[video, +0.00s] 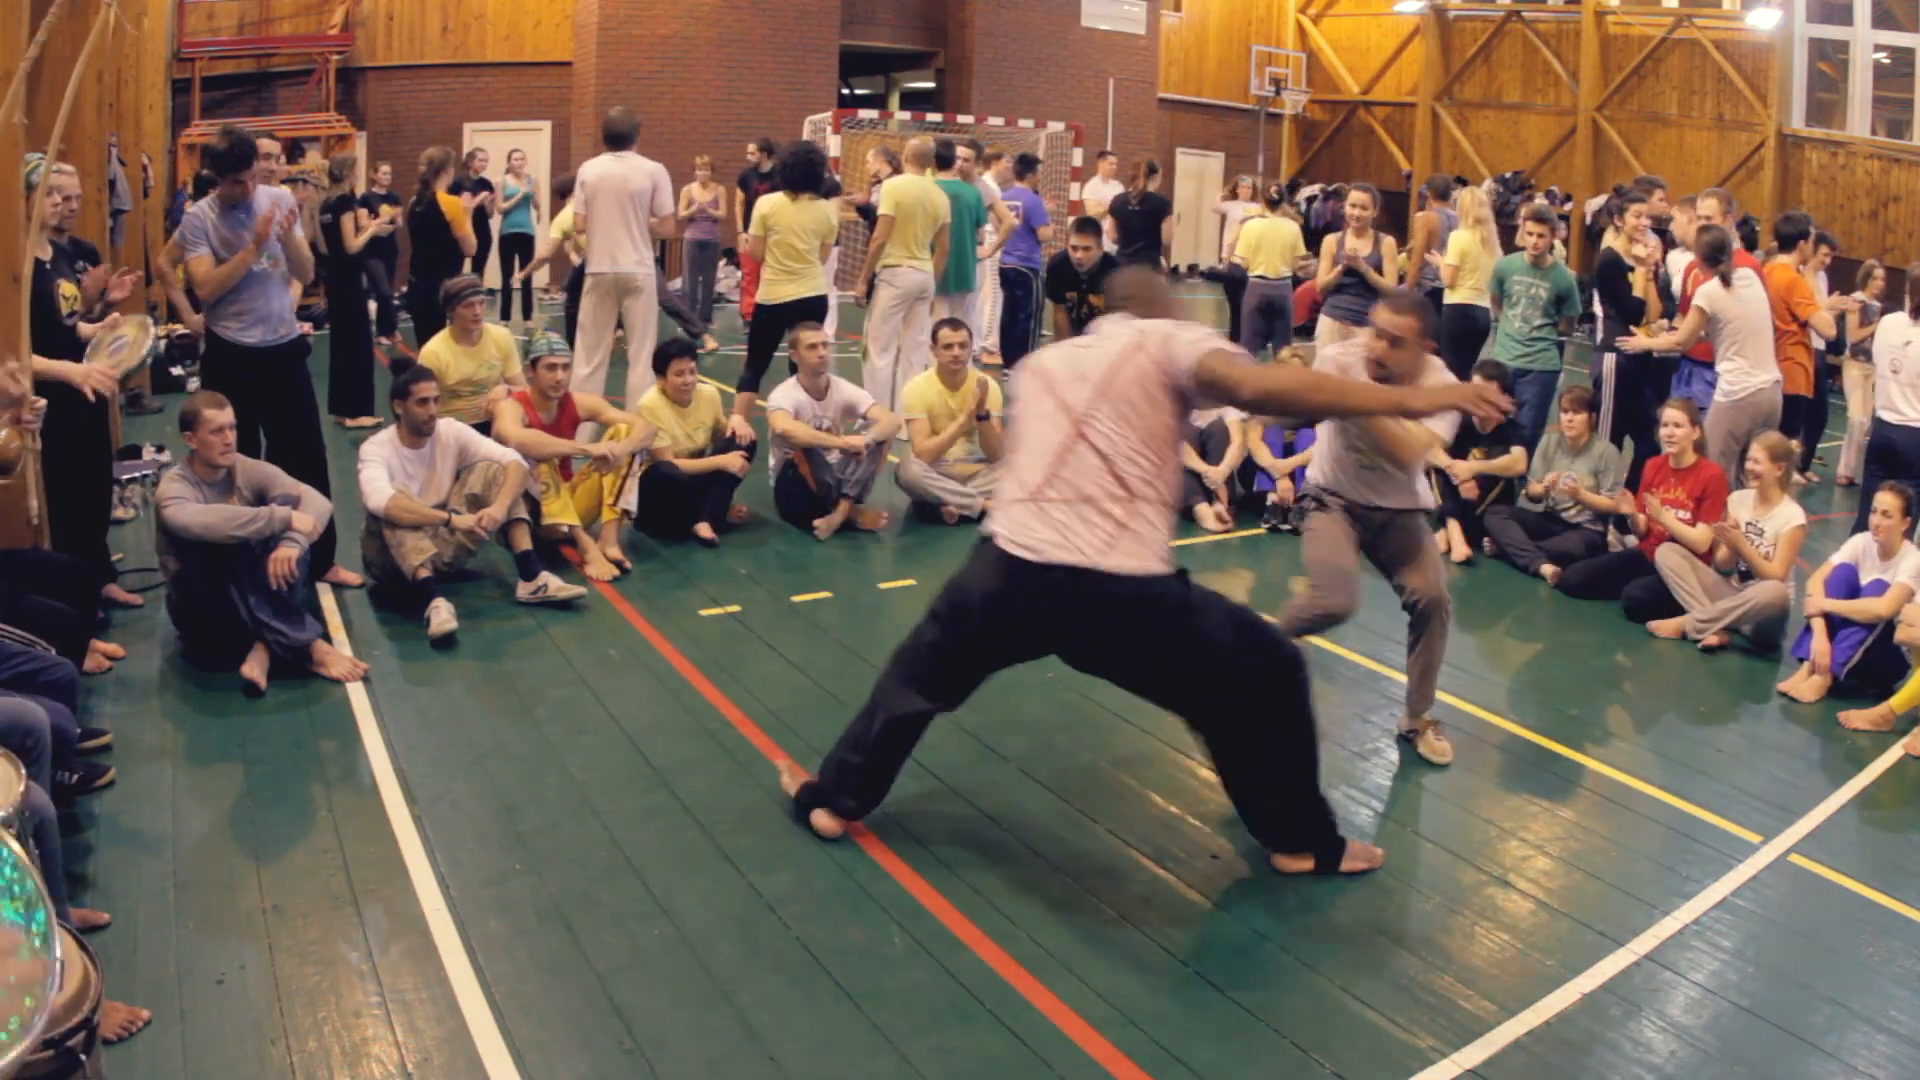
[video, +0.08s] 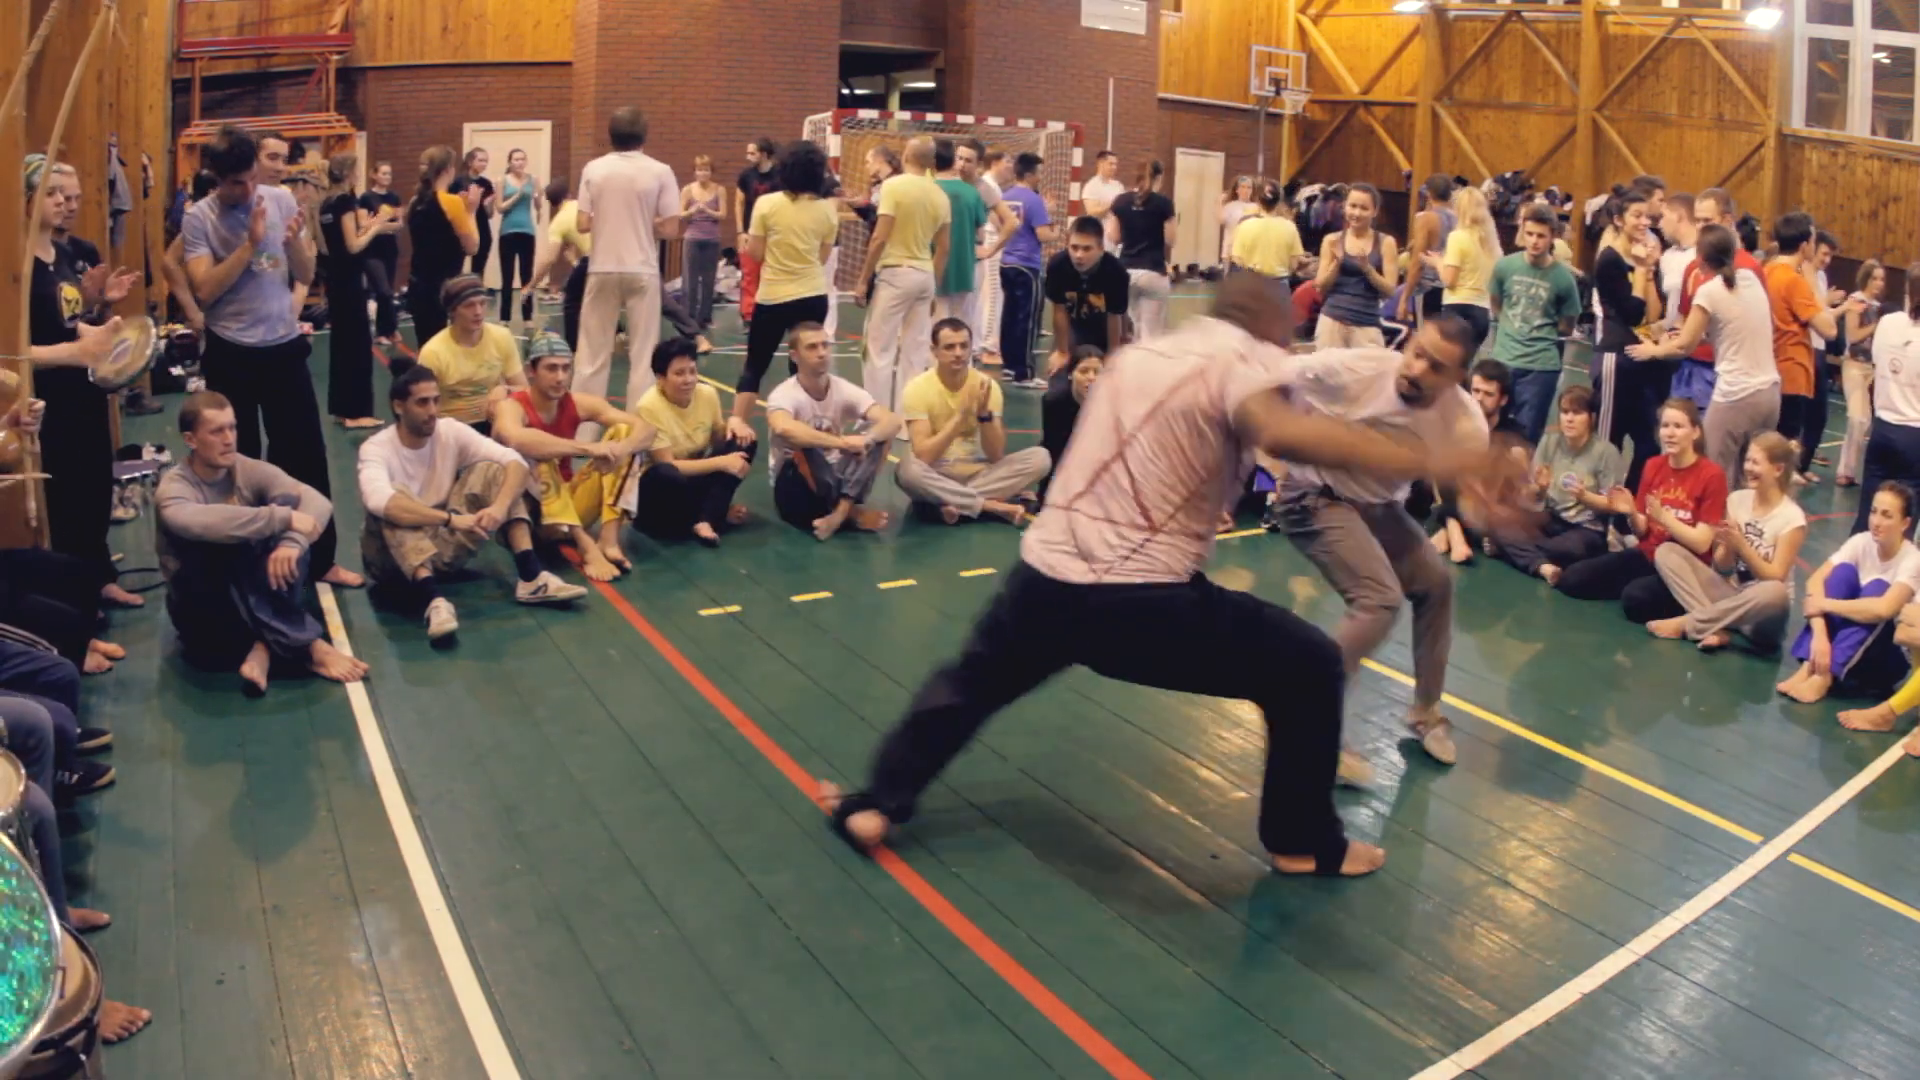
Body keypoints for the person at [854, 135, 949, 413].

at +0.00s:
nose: (900, 156)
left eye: (903, 153)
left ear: (905, 157)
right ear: (931, 161)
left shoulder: (893, 187)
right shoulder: (940, 196)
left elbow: (880, 237)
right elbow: (943, 246)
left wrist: (864, 278)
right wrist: (931, 279)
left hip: (895, 268)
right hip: (925, 269)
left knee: (880, 347)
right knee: (916, 349)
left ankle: (879, 421)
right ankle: (911, 420)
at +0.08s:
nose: (901, 155)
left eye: (903, 152)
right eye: (904, 151)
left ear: (906, 156)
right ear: (931, 161)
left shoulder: (893, 187)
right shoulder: (940, 196)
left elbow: (880, 237)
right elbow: (943, 246)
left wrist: (864, 278)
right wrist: (932, 280)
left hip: (895, 269)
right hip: (925, 270)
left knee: (880, 347)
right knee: (916, 349)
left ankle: (879, 420)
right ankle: (912, 420)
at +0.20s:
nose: (902, 154)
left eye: (904, 151)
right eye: (905, 150)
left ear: (906, 156)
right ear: (932, 161)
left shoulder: (893, 186)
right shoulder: (941, 196)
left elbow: (880, 236)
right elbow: (944, 246)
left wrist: (864, 278)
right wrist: (932, 280)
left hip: (895, 270)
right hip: (925, 271)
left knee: (879, 346)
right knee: (916, 349)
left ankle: (879, 420)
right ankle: (914, 418)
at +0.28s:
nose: (902, 155)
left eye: (904, 151)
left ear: (906, 156)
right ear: (932, 162)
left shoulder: (893, 186)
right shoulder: (941, 196)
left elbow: (880, 236)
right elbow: (944, 247)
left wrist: (863, 278)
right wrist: (931, 281)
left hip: (895, 270)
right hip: (925, 271)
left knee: (880, 346)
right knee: (916, 350)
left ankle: (879, 420)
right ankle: (913, 420)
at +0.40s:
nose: (902, 154)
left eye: (904, 151)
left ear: (906, 156)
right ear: (932, 161)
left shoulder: (893, 185)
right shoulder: (941, 195)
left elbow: (879, 236)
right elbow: (943, 246)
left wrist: (862, 277)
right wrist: (931, 278)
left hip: (895, 269)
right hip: (925, 270)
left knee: (880, 347)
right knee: (916, 349)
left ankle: (880, 420)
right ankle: (914, 419)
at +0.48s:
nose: (901, 154)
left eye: (904, 151)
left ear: (906, 156)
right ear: (932, 161)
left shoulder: (893, 185)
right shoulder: (941, 196)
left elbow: (879, 236)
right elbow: (943, 246)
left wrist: (863, 277)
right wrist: (931, 277)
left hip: (895, 268)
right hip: (925, 270)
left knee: (881, 346)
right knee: (916, 348)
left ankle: (880, 420)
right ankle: (914, 418)